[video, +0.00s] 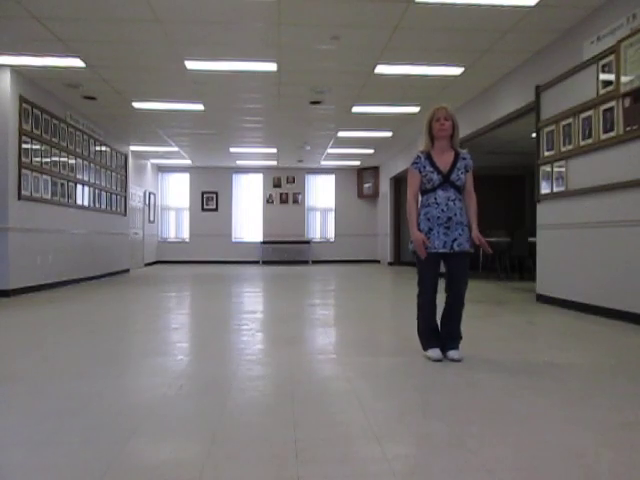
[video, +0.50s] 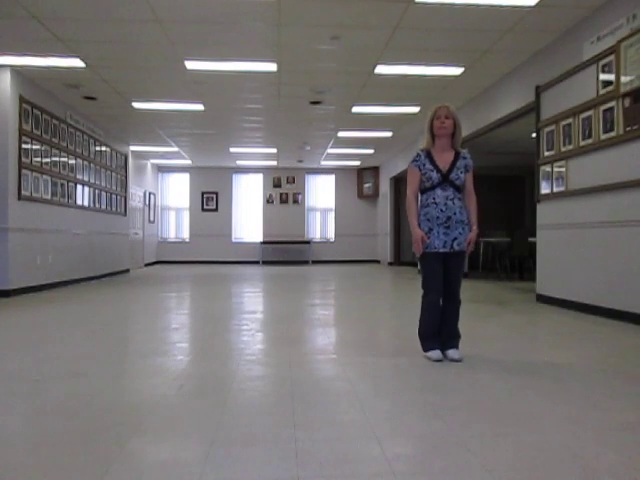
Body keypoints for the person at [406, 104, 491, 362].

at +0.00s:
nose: (443, 124)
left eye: (446, 120)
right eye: (438, 121)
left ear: (454, 126)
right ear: (430, 127)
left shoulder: (464, 159)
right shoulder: (420, 160)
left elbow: (469, 195)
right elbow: (412, 197)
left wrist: (474, 228)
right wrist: (414, 231)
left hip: (458, 228)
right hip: (429, 228)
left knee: (457, 289)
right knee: (427, 289)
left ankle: (451, 343)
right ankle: (430, 343)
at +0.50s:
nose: (443, 122)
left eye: (447, 118)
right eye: (438, 118)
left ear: (455, 125)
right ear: (431, 125)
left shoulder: (464, 158)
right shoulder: (420, 158)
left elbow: (469, 193)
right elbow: (411, 196)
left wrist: (474, 226)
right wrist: (414, 228)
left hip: (458, 229)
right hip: (430, 229)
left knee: (453, 290)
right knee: (432, 290)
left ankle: (450, 343)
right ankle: (431, 344)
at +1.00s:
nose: (437, 125)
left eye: (441, 121)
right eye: (433, 123)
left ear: (452, 126)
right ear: (428, 130)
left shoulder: (464, 160)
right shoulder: (421, 161)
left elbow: (473, 196)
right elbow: (412, 199)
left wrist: (481, 226)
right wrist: (412, 232)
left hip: (456, 230)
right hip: (428, 230)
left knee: (460, 288)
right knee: (426, 288)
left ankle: (451, 343)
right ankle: (430, 343)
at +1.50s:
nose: (441, 125)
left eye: (445, 121)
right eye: (436, 121)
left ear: (452, 127)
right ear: (429, 128)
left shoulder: (462, 160)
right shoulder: (419, 161)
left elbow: (470, 196)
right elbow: (410, 198)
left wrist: (477, 228)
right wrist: (417, 226)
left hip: (460, 232)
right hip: (432, 232)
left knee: (454, 292)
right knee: (435, 291)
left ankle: (451, 343)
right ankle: (432, 344)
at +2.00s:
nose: (444, 126)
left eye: (447, 123)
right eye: (438, 123)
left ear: (452, 128)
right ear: (429, 128)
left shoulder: (462, 160)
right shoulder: (419, 163)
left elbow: (472, 194)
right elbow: (410, 201)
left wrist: (483, 221)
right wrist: (412, 233)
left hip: (456, 232)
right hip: (427, 232)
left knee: (459, 287)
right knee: (425, 289)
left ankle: (451, 343)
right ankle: (430, 343)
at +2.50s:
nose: (447, 125)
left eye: (451, 122)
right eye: (443, 121)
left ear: (455, 128)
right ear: (432, 126)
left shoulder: (461, 160)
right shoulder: (418, 160)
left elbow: (470, 195)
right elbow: (409, 197)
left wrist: (477, 229)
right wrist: (415, 226)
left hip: (457, 231)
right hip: (429, 232)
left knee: (453, 291)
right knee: (434, 290)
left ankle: (451, 343)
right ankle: (431, 344)